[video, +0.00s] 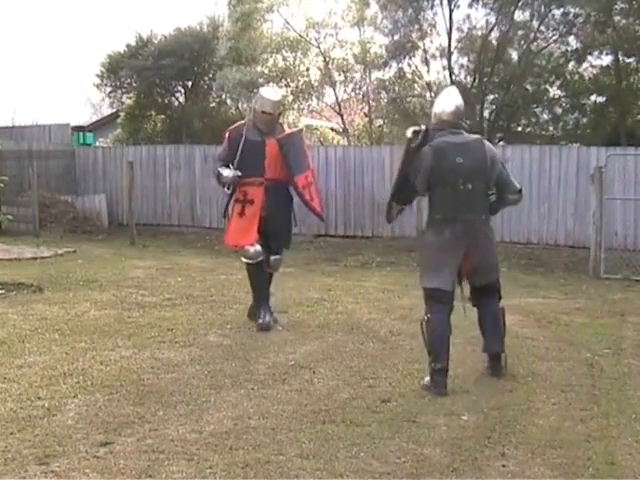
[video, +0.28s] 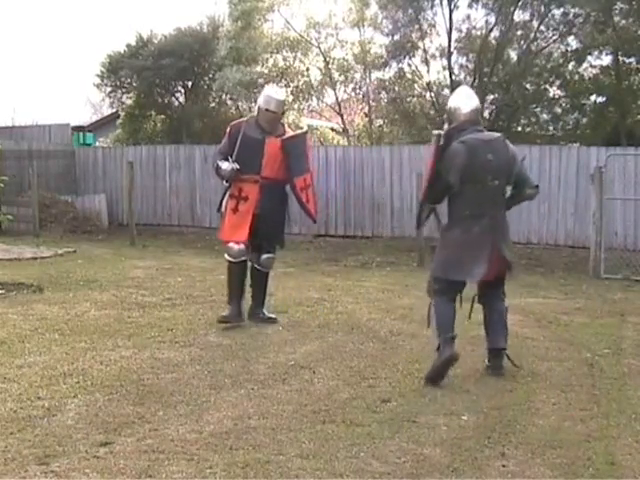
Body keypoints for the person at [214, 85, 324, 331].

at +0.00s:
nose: (268, 118)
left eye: (273, 114)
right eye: (264, 113)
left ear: (278, 113)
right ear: (254, 110)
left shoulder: (286, 137)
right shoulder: (238, 134)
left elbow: (300, 169)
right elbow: (221, 164)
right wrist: (226, 174)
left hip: (277, 200)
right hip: (247, 200)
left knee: (275, 257)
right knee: (252, 252)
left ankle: (259, 303)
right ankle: (263, 305)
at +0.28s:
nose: (271, 117)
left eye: (276, 113)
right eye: (267, 111)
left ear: (282, 114)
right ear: (258, 109)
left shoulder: (287, 138)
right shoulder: (239, 130)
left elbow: (297, 172)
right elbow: (219, 158)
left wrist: (293, 148)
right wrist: (224, 168)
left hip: (271, 203)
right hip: (240, 200)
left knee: (265, 257)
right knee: (236, 252)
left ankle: (257, 308)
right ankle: (234, 308)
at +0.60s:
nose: (271, 118)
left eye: (276, 113)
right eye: (267, 112)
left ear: (281, 113)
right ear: (257, 108)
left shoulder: (283, 138)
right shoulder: (234, 129)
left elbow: (296, 172)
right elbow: (214, 157)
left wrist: (293, 143)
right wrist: (220, 162)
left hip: (266, 199)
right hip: (235, 196)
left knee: (261, 257)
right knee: (221, 249)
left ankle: (256, 308)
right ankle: (208, 306)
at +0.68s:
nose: (270, 118)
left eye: (274, 114)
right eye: (266, 112)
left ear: (279, 114)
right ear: (255, 108)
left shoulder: (282, 138)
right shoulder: (233, 129)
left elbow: (294, 173)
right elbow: (212, 157)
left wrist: (292, 144)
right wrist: (218, 163)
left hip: (265, 201)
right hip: (233, 198)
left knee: (260, 257)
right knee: (219, 250)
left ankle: (256, 308)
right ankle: (205, 306)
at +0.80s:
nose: (267, 119)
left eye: (271, 114)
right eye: (263, 113)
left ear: (276, 114)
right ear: (251, 109)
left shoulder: (279, 138)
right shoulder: (228, 129)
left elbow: (291, 173)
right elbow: (207, 160)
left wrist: (289, 144)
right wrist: (216, 165)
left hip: (262, 201)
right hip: (230, 198)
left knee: (258, 257)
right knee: (216, 250)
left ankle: (256, 308)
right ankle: (202, 307)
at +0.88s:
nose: (264, 119)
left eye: (268, 114)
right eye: (260, 113)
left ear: (272, 113)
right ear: (247, 109)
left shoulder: (274, 138)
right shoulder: (225, 130)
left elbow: (286, 173)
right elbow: (204, 160)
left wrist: (286, 143)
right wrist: (214, 165)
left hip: (259, 201)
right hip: (228, 199)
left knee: (257, 257)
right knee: (213, 251)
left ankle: (256, 308)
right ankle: (198, 307)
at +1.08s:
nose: (249, 118)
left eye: (253, 114)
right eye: (245, 113)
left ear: (257, 114)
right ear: (232, 109)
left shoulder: (262, 138)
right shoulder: (212, 131)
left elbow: (275, 172)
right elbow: (192, 162)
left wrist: (274, 144)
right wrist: (203, 167)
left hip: (251, 200)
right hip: (220, 199)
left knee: (253, 258)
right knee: (208, 254)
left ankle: (256, 308)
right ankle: (196, 309)